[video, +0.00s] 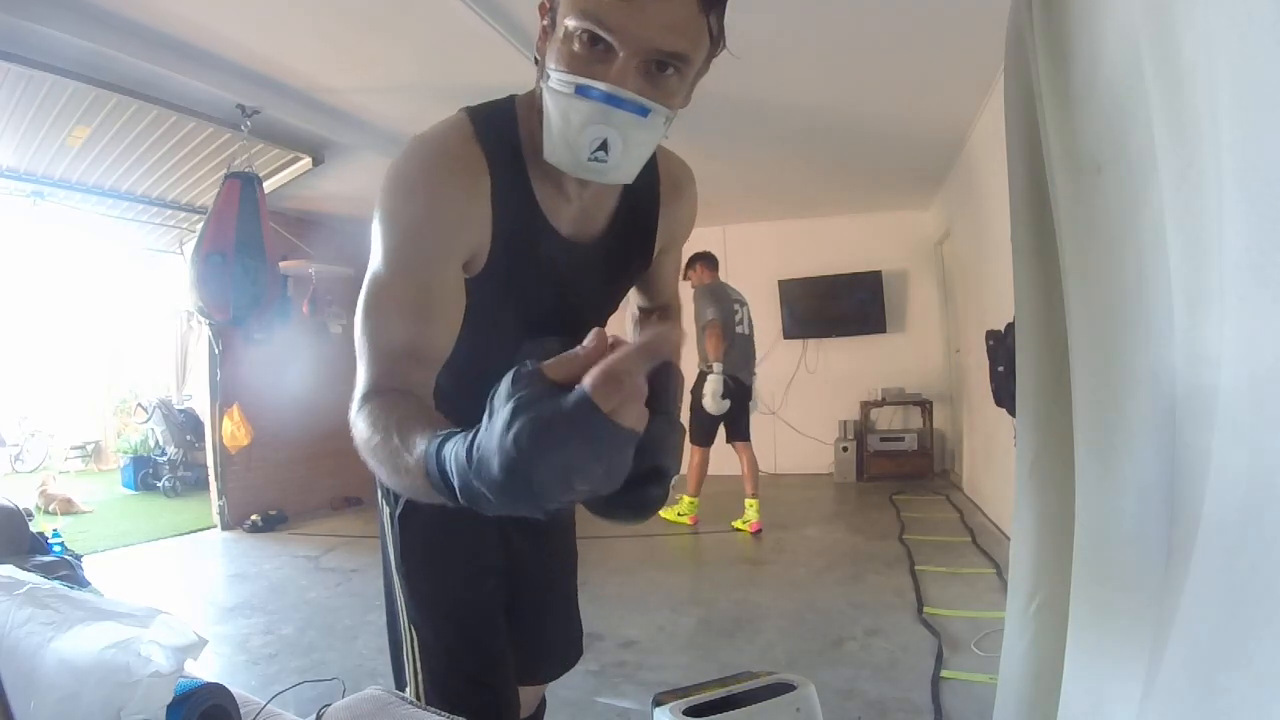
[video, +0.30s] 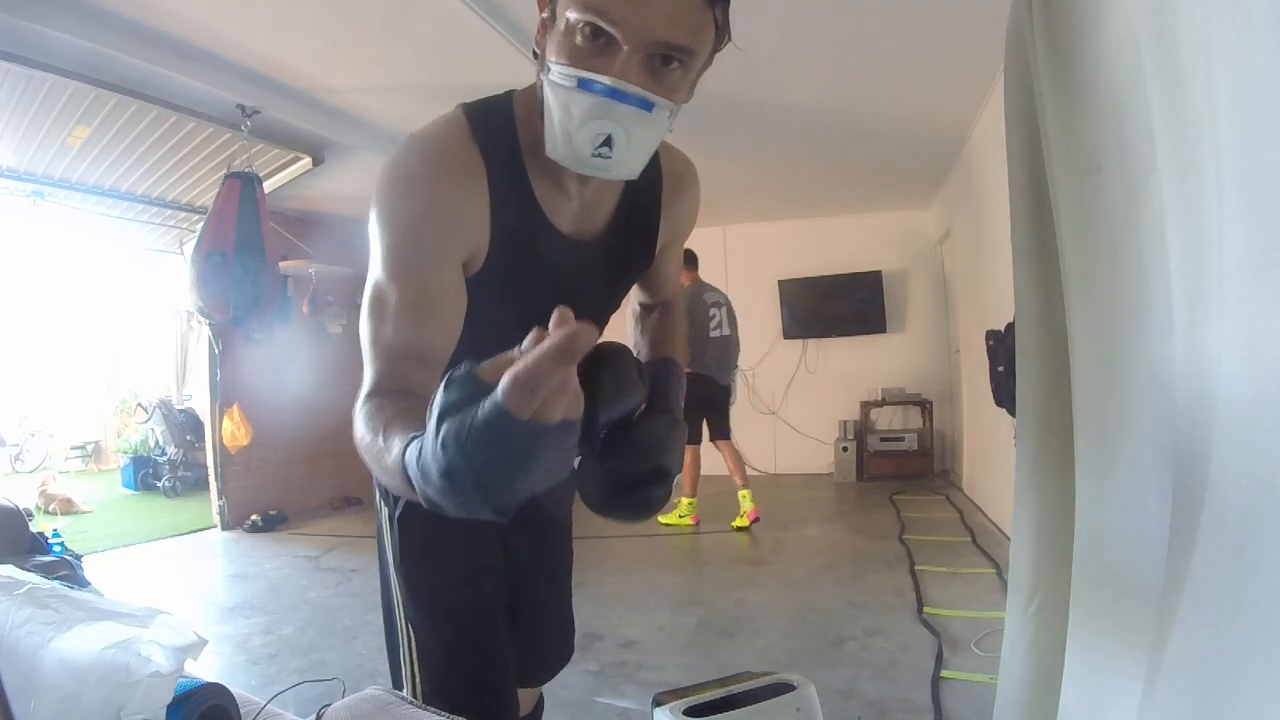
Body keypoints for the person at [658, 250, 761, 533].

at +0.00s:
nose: (690, 283)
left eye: (690, 277)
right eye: (689, 278)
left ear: (701, 269)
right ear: (714, 270)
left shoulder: (705, 292)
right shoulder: (735, 295)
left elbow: (713, 330)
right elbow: (747, 342)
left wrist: (716, 373)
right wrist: (747, 380)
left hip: (714, 378)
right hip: (740, 380)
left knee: (699, 444)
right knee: (742, 444)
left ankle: (688, 508)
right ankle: (752, 514)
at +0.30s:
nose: (673, 279)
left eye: (674, 273)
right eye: (674, 273)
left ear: (682, 271)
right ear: (695, 269)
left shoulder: (685, 299)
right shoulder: (720, 296)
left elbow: (684, 340)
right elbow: (733, 341)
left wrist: (680, 371)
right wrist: (728, 373)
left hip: (694, 378)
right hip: (720, 379)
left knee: (690, 443)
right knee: (722, 439)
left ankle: (687, 508)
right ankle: (747, 505)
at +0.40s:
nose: (667, 279)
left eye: (668, 272)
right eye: (668, 271)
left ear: (676, 271)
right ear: (688, 268)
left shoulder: (676, 299)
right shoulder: (712, 296)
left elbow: (675, 344)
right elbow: (727, 340)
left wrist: (669, 377)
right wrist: (725, 377)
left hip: (689, 378)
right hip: (713, 379)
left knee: (687, 443)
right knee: (712, 441)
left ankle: (687, 508)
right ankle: (741, 495)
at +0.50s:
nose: (665, 279)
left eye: (666, 273)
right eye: (666, 273)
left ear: (673, 272)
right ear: (683, 269)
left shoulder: (671, 300)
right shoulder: (705, 297)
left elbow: (668, 344)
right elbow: (721, 339)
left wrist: (661, 376)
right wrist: (723, 374)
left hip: (684, 375)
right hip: (708, 375)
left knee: (683, 442)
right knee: (701, 439)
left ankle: (687, 508)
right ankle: (729, 489)